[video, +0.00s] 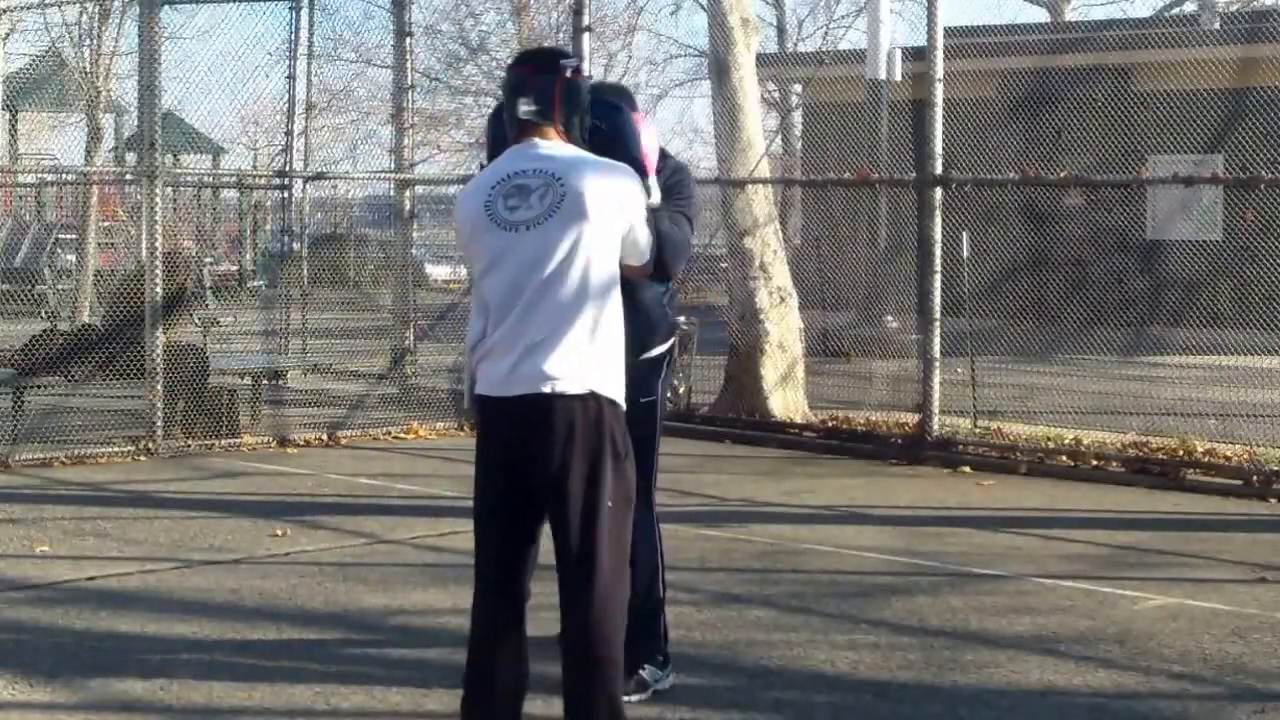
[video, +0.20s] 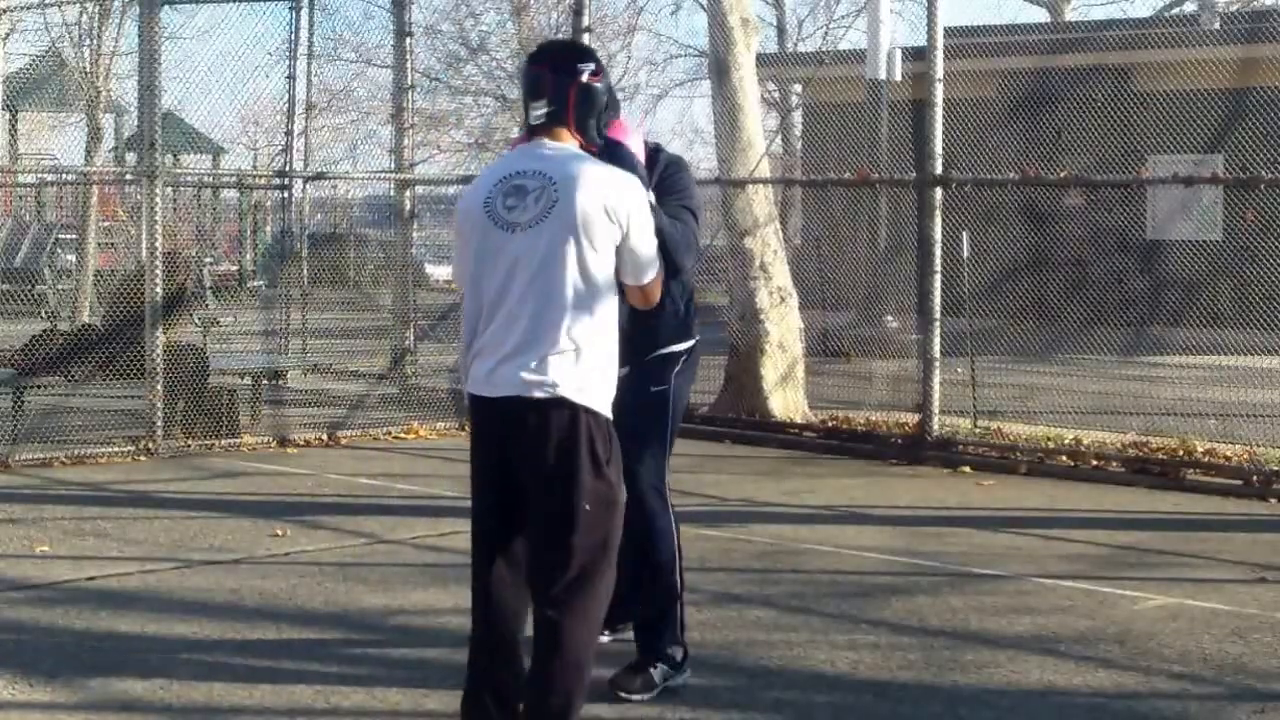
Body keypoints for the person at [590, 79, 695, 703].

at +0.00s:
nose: (598, 146)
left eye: (606, 132)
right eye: (589, 136)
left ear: (632, 127)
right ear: (581, 136)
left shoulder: (667, 173)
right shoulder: (571, 176)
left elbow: (673, 256)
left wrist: (639, 189)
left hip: (638, 359)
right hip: (573, 357)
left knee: (635, 506)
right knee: (582, 510)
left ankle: (646, 654)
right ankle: (592, 659)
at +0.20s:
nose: (579, 141)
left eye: (586, 128)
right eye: (572, 132)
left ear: (614, 121)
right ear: (573, 132)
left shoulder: (663, 169)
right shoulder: (577, 175)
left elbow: (681, 253)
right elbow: (565, 249)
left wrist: (632, 175)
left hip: (655, 349)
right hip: (592, 346)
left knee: (643, 486)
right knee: (601, 484)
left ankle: (664, 651)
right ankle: (614, 613)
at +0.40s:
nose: (601, 147)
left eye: (613, 135)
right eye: (596, 139)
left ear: (643, 128)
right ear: (598, 137)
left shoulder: (692, 181)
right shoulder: (598, 181)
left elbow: (672, 261)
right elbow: (578, 249)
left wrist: (629, 201)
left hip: (681, 363)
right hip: (614, 362)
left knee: (675, 506)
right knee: (608, 498)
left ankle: (708, 663)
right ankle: (621, 609)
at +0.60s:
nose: (640, 157)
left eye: (649, 144)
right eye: (637, 146)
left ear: (675, 135)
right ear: (632, 144)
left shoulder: (720, 183)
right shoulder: (624, 181)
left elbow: (695, 268)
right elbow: (609, 260)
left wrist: (671, 197)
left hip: (700, 362)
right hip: (635, 356)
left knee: (691, 505)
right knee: (636, 497)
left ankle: (705, 665)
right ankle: (655, 613)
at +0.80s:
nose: (632, 146)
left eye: (637, 132)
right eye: (626, 137)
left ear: (663, 122)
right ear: (635, 136)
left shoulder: (722, 169)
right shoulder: (631, 178)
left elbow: (709, 244)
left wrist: (667, 175)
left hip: (719, 359)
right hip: (664, 362)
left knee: (687, 497)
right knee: (648, 494)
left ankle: (707, 661)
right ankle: (687, 623)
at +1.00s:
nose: (631, 150)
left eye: (637, 138)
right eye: (625, 142)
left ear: (663, 126)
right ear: (634, 139)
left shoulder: (725, 166)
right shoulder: (638, 180)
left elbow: (688, 230)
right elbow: (623, 245)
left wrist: (648, 163)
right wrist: (593, 167)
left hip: (734, 354)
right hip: (676, 362)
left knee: (699, 488)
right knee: (655, 488)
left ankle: (732, 655)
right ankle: (685, 623)